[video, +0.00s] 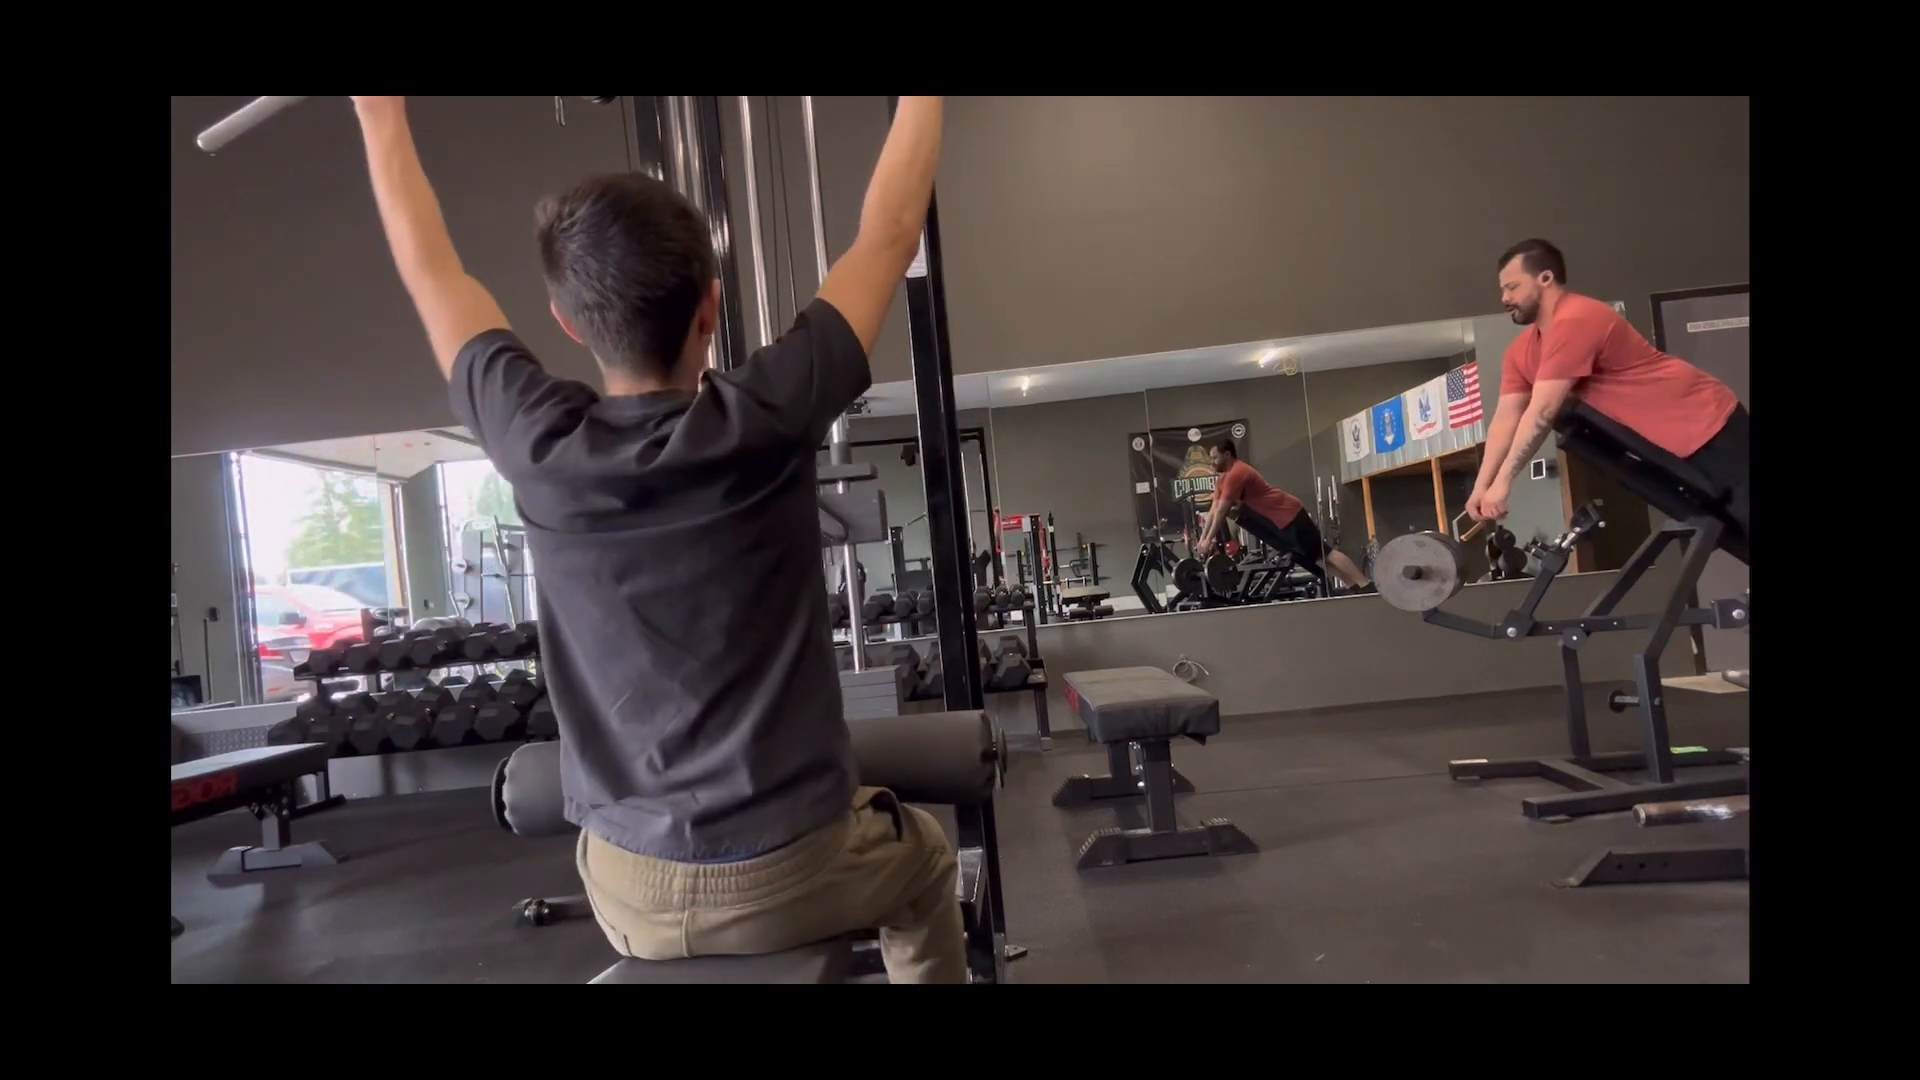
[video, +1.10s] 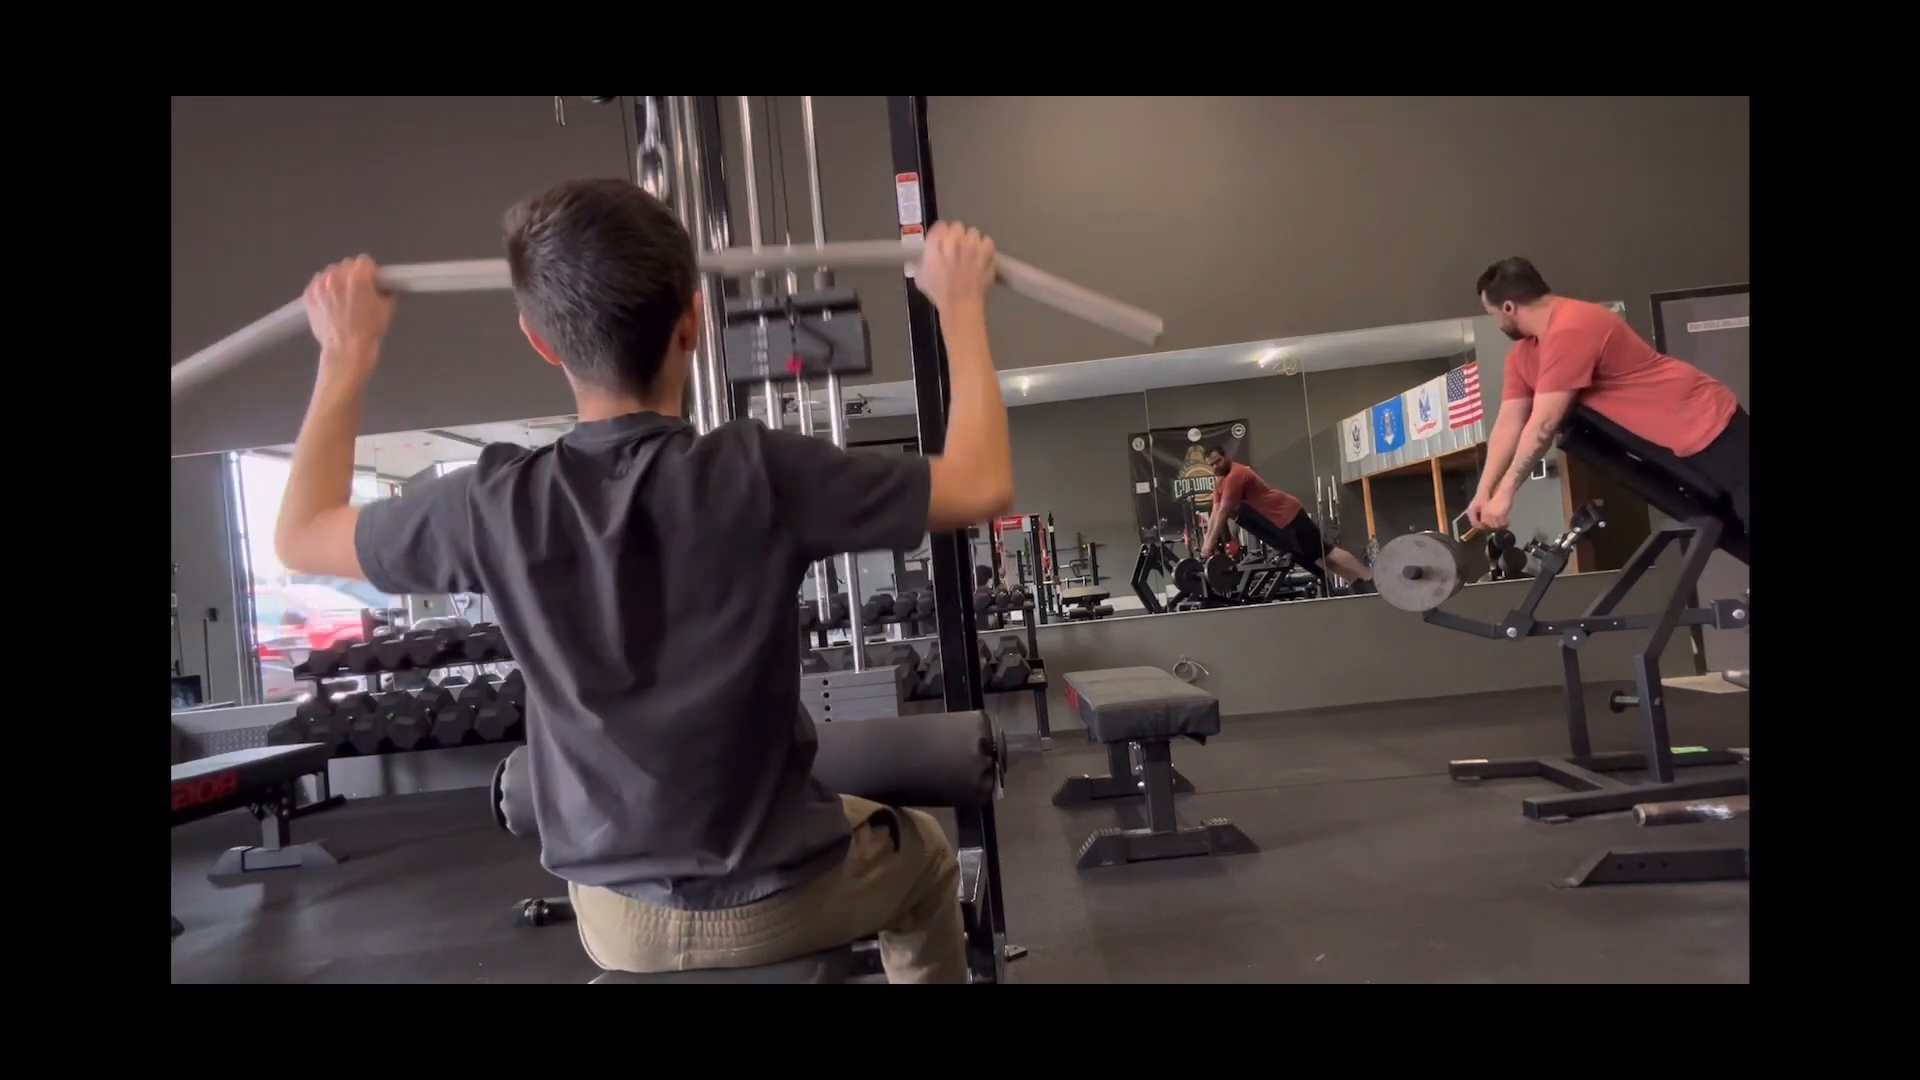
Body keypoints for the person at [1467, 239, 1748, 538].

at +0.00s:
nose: (1504, 299)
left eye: (1511, 287)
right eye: (1502, 291)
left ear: (1545, 279)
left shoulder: (1576, 317)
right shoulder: (1520, 351)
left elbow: (1542, 412)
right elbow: (1505, 416)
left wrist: (1503, 479)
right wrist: (1482, 483)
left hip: (1708, 422)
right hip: (1667, 449)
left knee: (1745, 517)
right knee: (1732, 532)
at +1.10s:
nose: (1493, 321)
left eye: (1490, 312)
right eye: (1489, 314)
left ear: (1508, 307)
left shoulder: (1571, 326)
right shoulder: (1522, 355)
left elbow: (1543, 426)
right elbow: (1507, 422)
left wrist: (1505, 491)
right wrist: (1484, 491)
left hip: (1709, 423)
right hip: (1669, 446)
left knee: (1744, 524)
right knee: (1729, 533)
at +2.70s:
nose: (1496, 343)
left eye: (1493, 332)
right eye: (1489, 337)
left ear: (1513, 307)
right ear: (1511, 310)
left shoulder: (1570, 324)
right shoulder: (1526, 364)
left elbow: (1579, 417)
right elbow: (1535, 424)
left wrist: (1542, 480)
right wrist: (1530, 484)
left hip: (1709, 421)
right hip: (1672, 448)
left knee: (1745, 520)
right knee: (1732, 534)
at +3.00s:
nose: (1490, 356)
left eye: (1484, 346)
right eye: (1483, 350)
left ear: (1499, 326)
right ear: (1499, 329)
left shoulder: (1561, 329)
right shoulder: (1530, 373)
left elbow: (1591, 418)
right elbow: (1568, 431)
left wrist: (1578, 480)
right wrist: (1574, 486)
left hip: (1706, 423)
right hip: (1667, 453)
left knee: (1746, 515)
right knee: (1730, 534)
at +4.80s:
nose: (1492, 352)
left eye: (1488, 342)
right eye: (1483, 348)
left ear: (1507, 316)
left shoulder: (1553, 337)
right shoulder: (1524, 368)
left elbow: (1581, 427)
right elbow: (1554, 436)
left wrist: (1576, 496)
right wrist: (1568, 496)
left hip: (1704, 422)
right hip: (1671, 446)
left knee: (1746, 515)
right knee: (1730, 532)